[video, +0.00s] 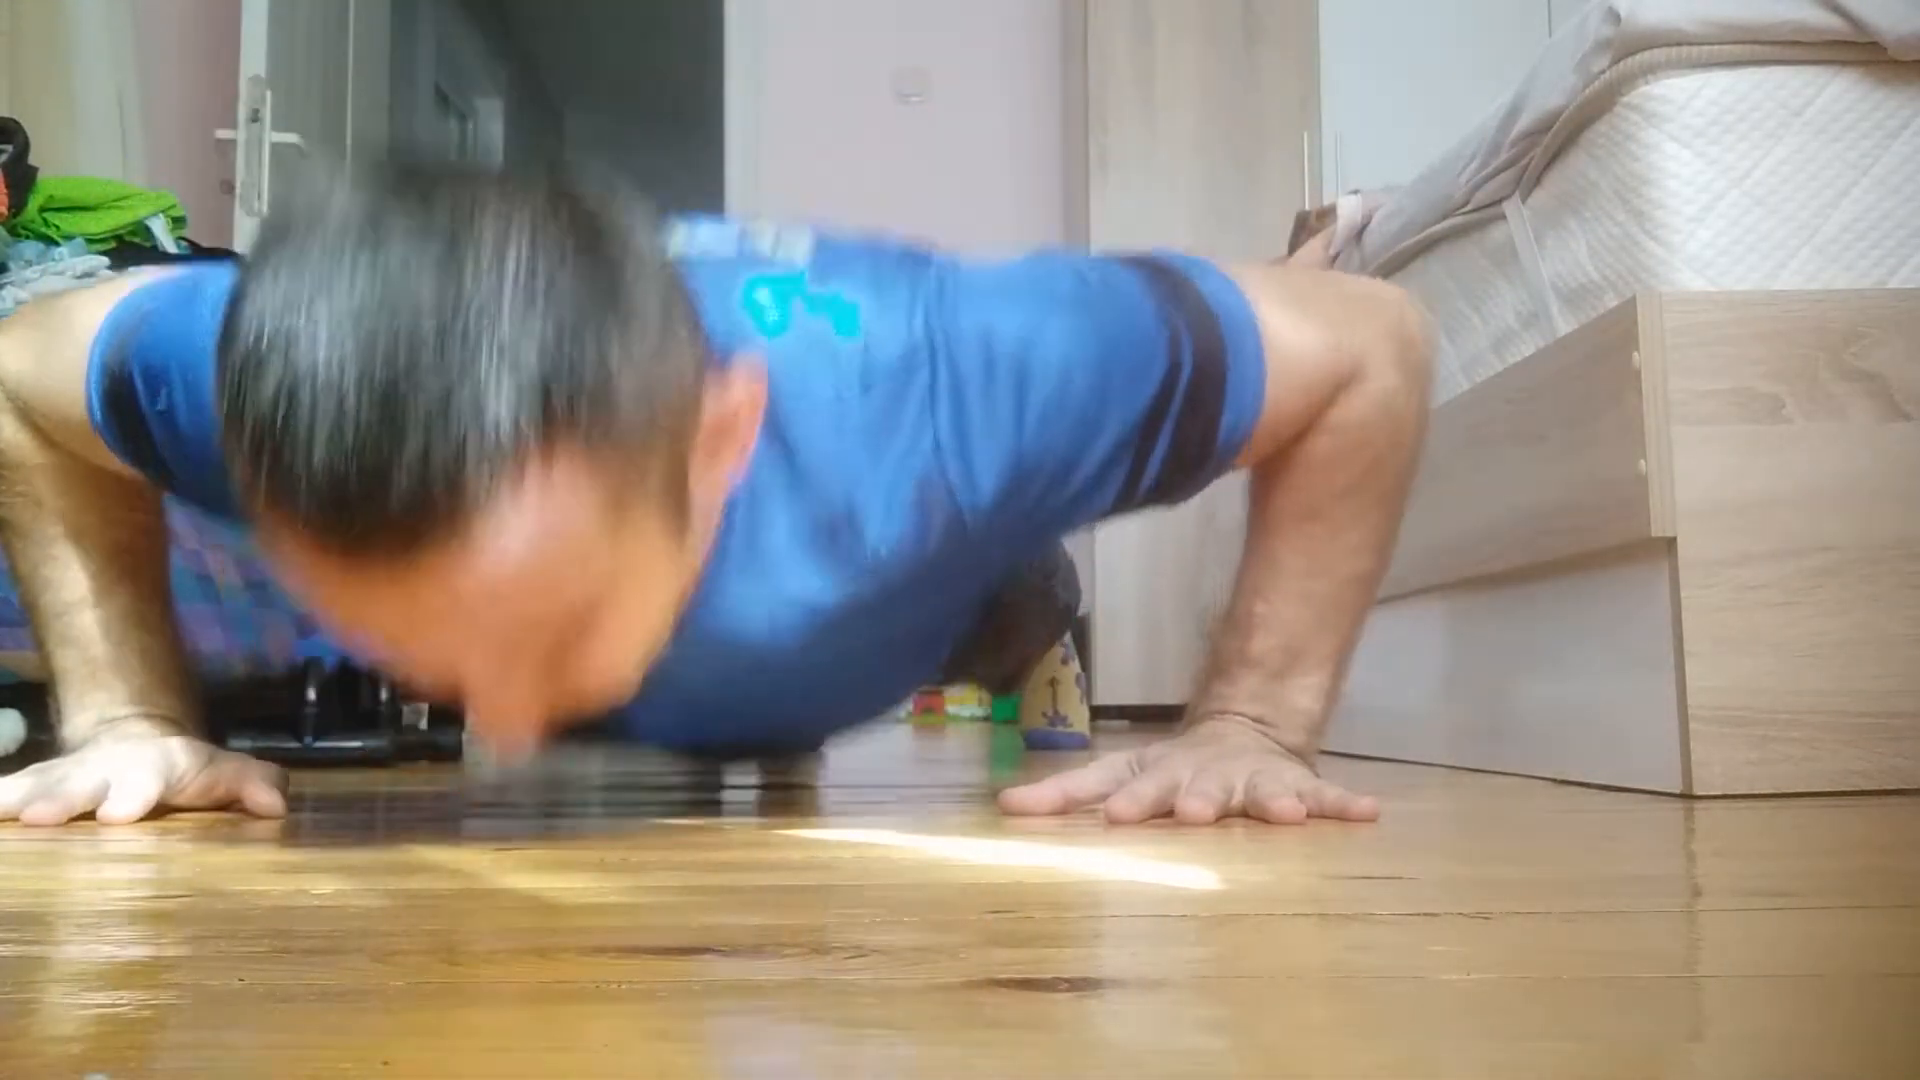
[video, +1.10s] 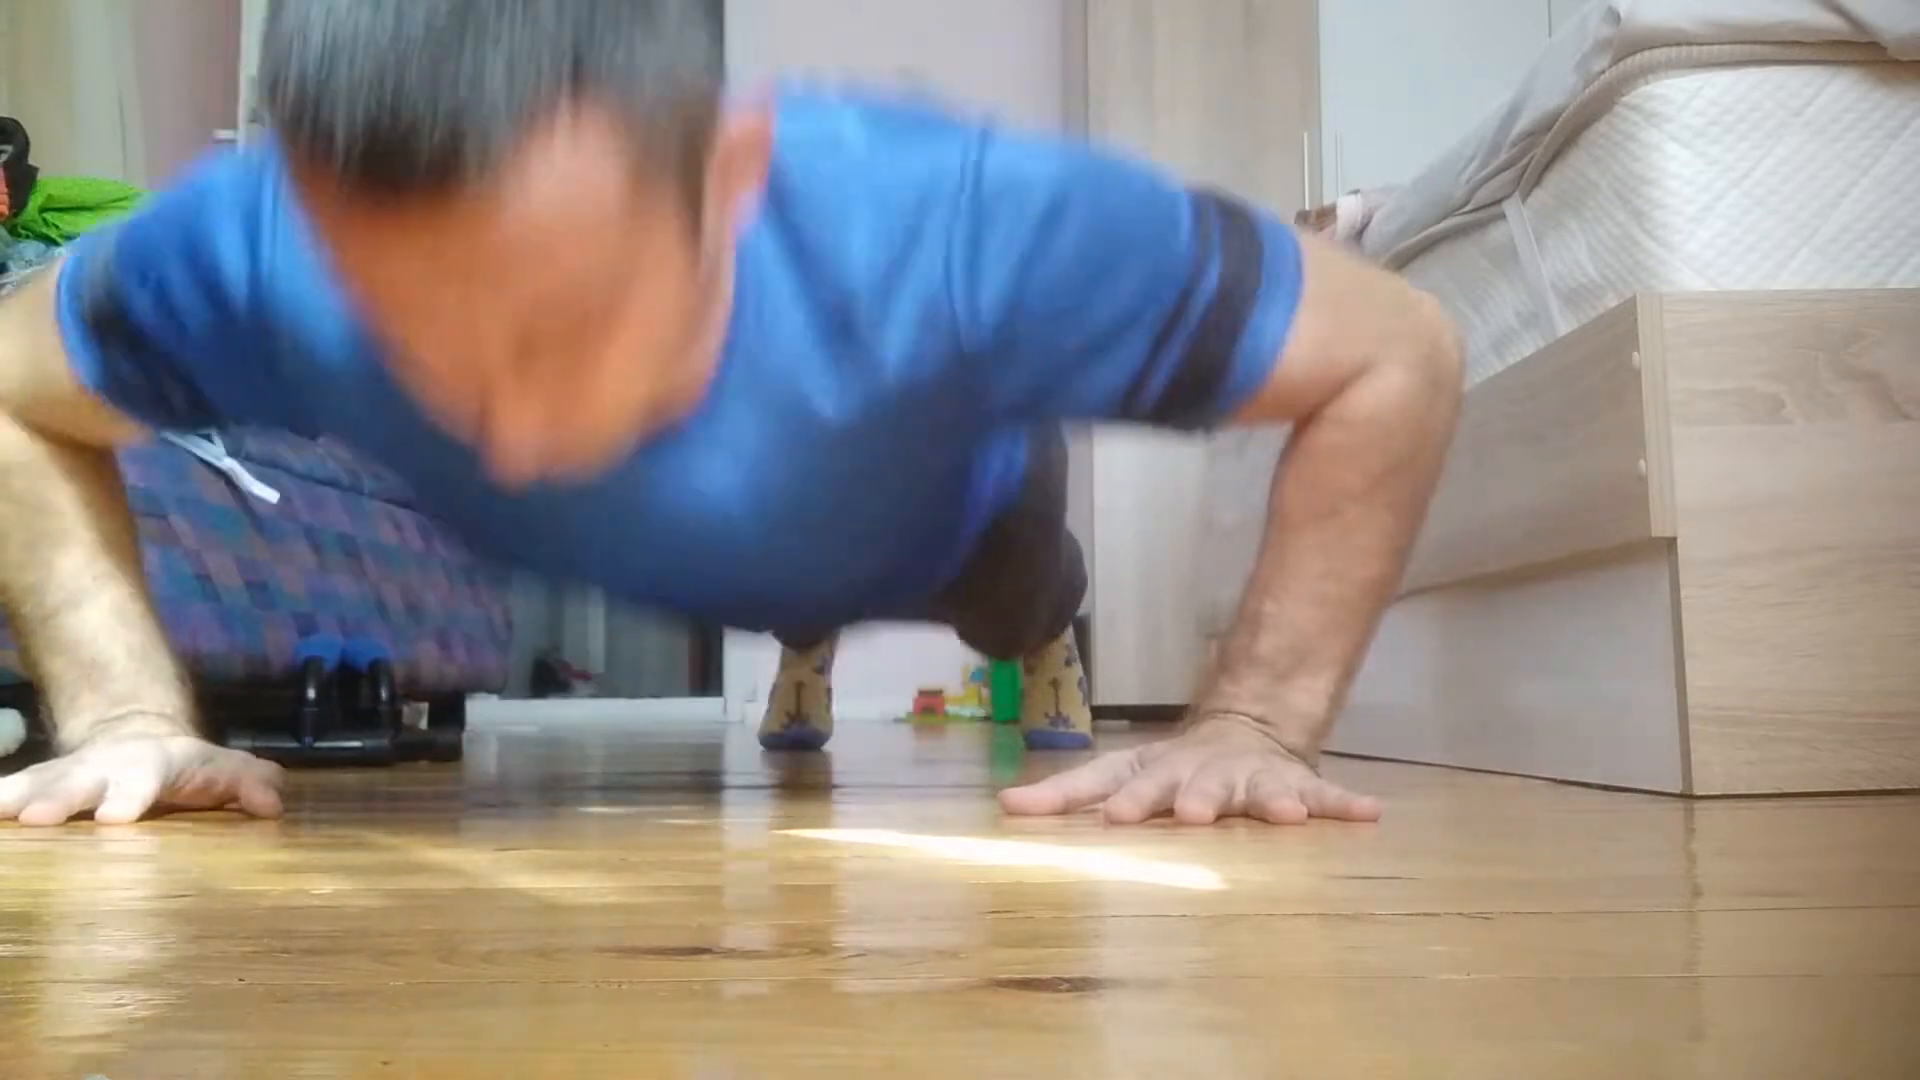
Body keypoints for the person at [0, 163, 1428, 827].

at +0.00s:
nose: (505, 738)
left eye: (563, 645)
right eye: (418, 673)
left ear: (722, 441)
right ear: (298, 518)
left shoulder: (943, 412)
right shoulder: (240, 379)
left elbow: (1372, 351)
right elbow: (30, 375)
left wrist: (1254, 723)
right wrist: (125, 718)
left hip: (890, 644)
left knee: (1010, 640)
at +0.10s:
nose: (506, 506)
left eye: (565, 426)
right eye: (436, 448)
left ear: (728, 243)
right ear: (327, 315)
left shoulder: (958, 271)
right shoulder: (264, 278)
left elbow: (1383, 352)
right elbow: (32, 384)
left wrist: (1260, 717)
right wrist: (132, 712)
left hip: (949, 553)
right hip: (682, 582)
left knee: (1006, 618)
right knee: (783, 630)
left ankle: (1023, 641)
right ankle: (798, 662)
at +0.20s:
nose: (510, 248)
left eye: (571, 165)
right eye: (445, 182)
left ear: (730, 38)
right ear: (354, 109)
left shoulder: (957, 106)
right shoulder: (289, 128)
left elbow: (1345, 346)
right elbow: (67, 378)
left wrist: (1256, 718)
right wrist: (138, 719)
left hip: (931, 479)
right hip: (693, 515)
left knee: (998, 598)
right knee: (768, 605)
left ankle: (1014, 636)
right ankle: (790, 652)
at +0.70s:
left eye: (549, 230)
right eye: (433, 252)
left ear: (698, 58)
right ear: (327, 145)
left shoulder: (917, 133)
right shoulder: (255, 162)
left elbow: (1337, 344)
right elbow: (74, 397)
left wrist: (1244, 717)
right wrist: (138, 714)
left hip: (944, 566)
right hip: (674, 609)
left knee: (1006, 646)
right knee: (768, 647)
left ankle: (1009, 673)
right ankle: (786, 676)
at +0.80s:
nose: (476, 664)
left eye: (535, 571)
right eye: (399, 598)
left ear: (692, 348)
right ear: (287, 451)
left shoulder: (921, 367)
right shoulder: (229, 357)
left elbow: (1348, 354)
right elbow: (51, 398)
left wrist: (1247, 718)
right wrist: (132, 717)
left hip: (958, 678)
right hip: (640, 716)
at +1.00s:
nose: (488, 647)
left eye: (551, 560)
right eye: (405, 579)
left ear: (717, 371)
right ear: (316, 455)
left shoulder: (957, 384)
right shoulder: (241, 370)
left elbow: (1384, 356)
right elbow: (31, 387)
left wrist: (1257, 720)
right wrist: (127, 713)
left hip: (937, 625)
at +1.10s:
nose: (504, 425)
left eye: (561, 337)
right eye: (434, 352)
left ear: (732, 176)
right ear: (340, 247)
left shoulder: (960, 241)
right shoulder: (256, 255)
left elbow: (1398, 356)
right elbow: (21, 397)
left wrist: (1257, 721)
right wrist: (129, 715)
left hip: (951, 528)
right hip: (704, 554)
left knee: (1010, 607)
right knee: (782, 608)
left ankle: (1034, 639)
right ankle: (805, 659)